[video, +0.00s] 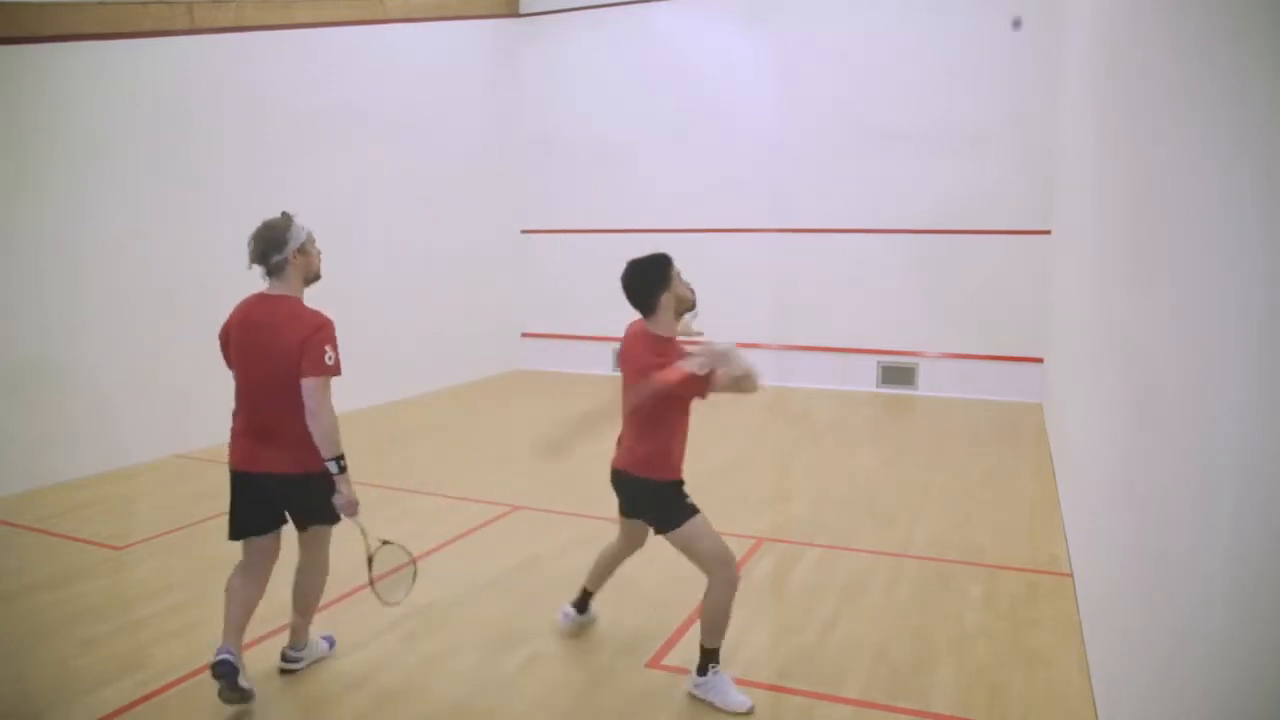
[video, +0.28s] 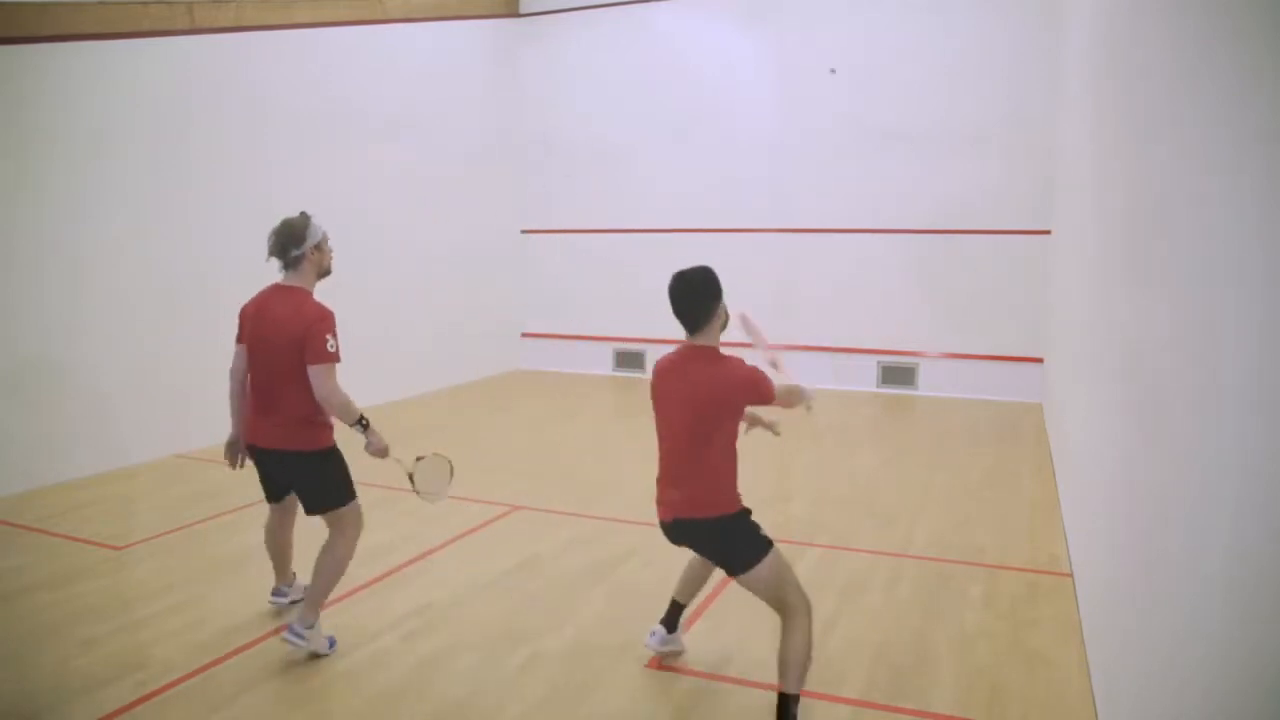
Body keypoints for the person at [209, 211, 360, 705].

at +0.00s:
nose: (319, 255)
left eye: (315, 247)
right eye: (313, 249)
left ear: (269, 262)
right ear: (295, 258)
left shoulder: (240, 316)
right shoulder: (313, 325)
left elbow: (238, 369)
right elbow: (317, 407)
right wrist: (340, 475)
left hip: (250, 467)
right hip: (304, 467)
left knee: (257, 555)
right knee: (314, 549)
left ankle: (228, 652)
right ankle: (298, 645)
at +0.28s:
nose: (331, 253)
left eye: (327, 245)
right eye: (326, 246)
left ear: (287, 257)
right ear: (311, 254)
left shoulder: (253, 308)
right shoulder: (316, 315)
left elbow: (238, 375)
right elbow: (325, 390)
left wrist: (236, 431)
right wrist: (366, 428)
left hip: (261, 441)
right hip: (307, 445)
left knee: (282, 506)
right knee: (347, 524)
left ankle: (284, 585)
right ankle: (305, 623)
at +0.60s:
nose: (326, 271)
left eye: (322, 265)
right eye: (323, 266)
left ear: (284, 276)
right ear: (318, 273)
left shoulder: (255, 319)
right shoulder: (329, 330)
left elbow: (221, 375)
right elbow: (349, 399)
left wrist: (218, 429)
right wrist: (372, 436)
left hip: (252, 443)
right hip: (303, 446)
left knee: (281, 488)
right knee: (359, 517)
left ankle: (265, 578)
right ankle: (355, 621)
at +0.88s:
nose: (261, 242)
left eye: (256, 236)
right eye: (259, 237)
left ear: (219, 247)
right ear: (256, 243)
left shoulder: (201, 290)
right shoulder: (282, 291)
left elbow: (175, 353)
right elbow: (296, 350)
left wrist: (168, 392)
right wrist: (266, 371)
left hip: (221, 414)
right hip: (274, 411)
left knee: (223, 484)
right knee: (278, 495)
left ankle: (234, 564)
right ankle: (283, 583)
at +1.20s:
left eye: (163, 280)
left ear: (166, 283)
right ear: (199, 281)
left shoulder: (161, 334)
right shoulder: (212, 323)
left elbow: (143, 372)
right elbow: (156, 340)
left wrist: (133, 371)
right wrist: (113, 330)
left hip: (175, 438)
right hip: (223, 436)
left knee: (143, 479)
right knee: (231, 502)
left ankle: (155, 555)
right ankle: (268, 550)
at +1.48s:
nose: (140, 276)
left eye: (140, 271)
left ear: (138, 276)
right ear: (173, 275)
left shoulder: (128, 327)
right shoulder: (189, 317)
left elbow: (113, 390)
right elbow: (203, 356)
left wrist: (96, 444)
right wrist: (223, 368)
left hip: (146, 430)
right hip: (195, 426)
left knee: (125, 480)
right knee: (205, 481)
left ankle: (154, 555)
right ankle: (221, 542)